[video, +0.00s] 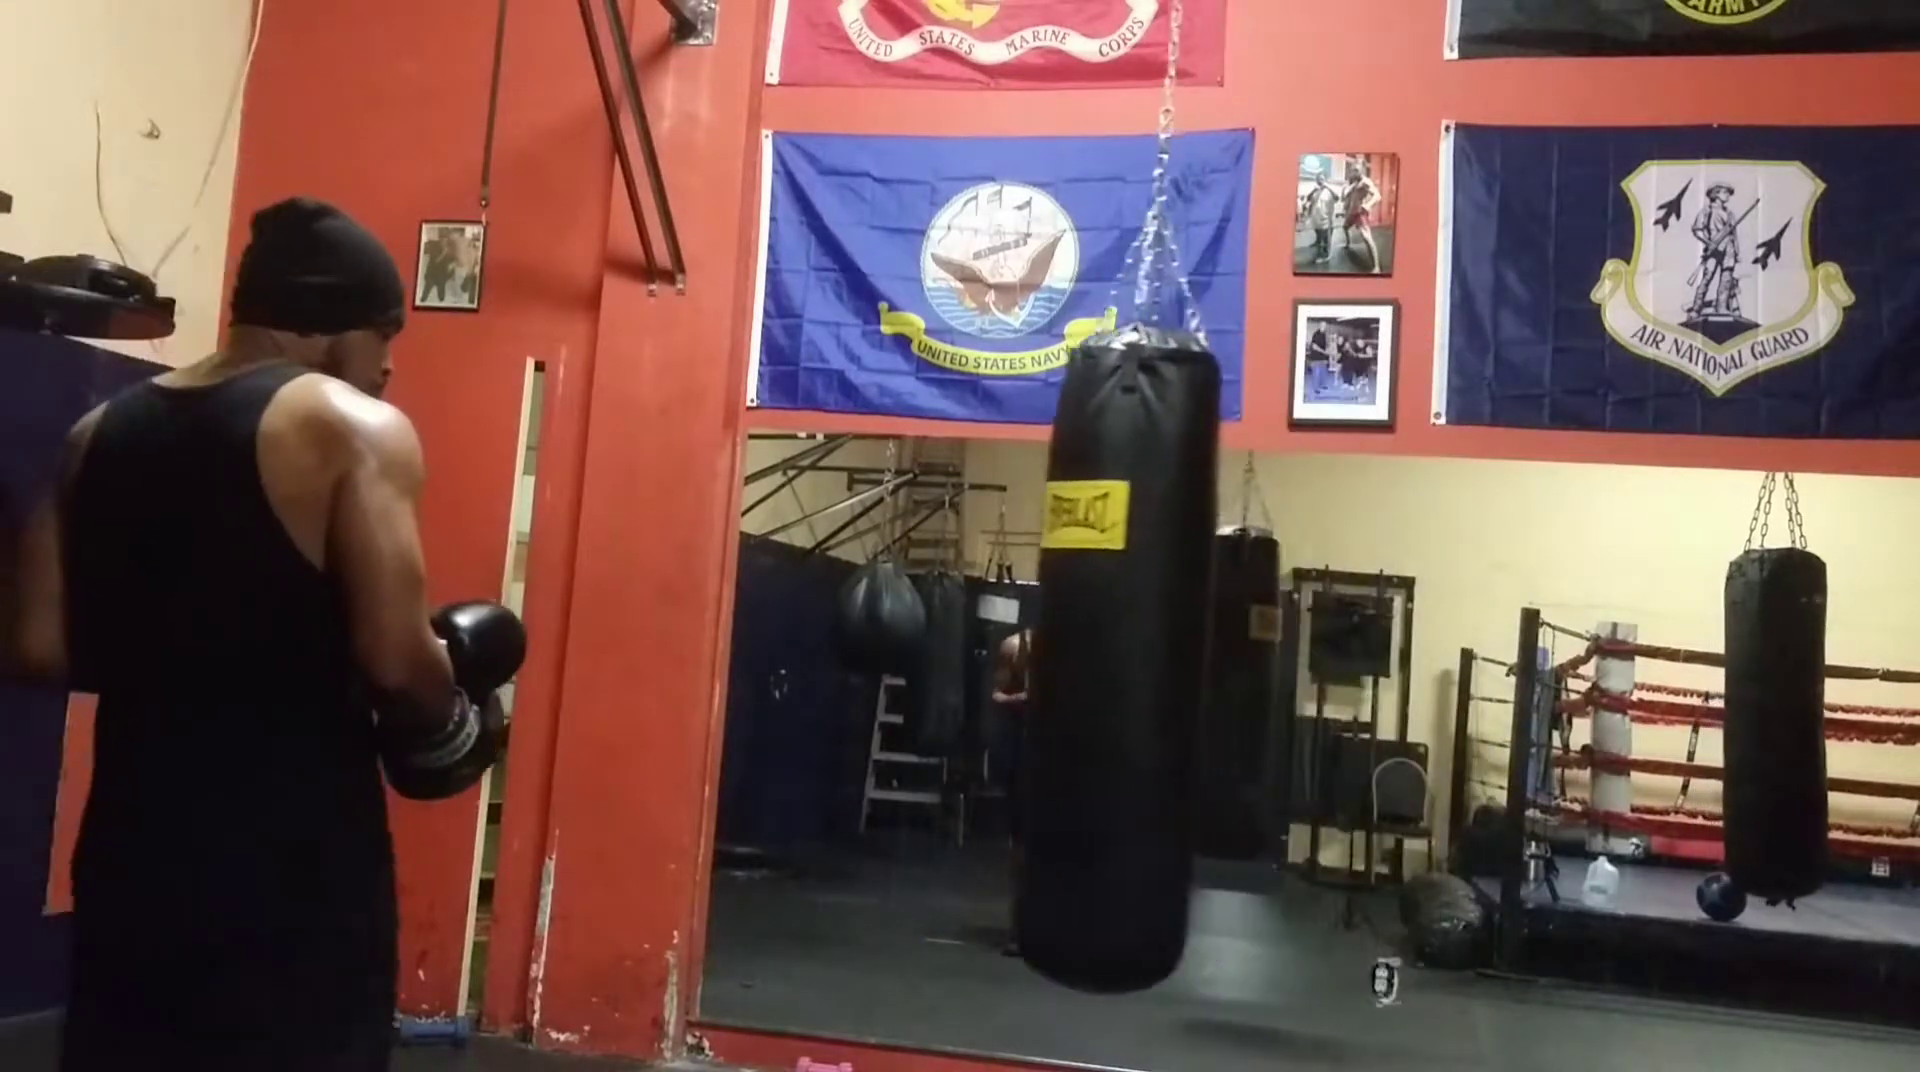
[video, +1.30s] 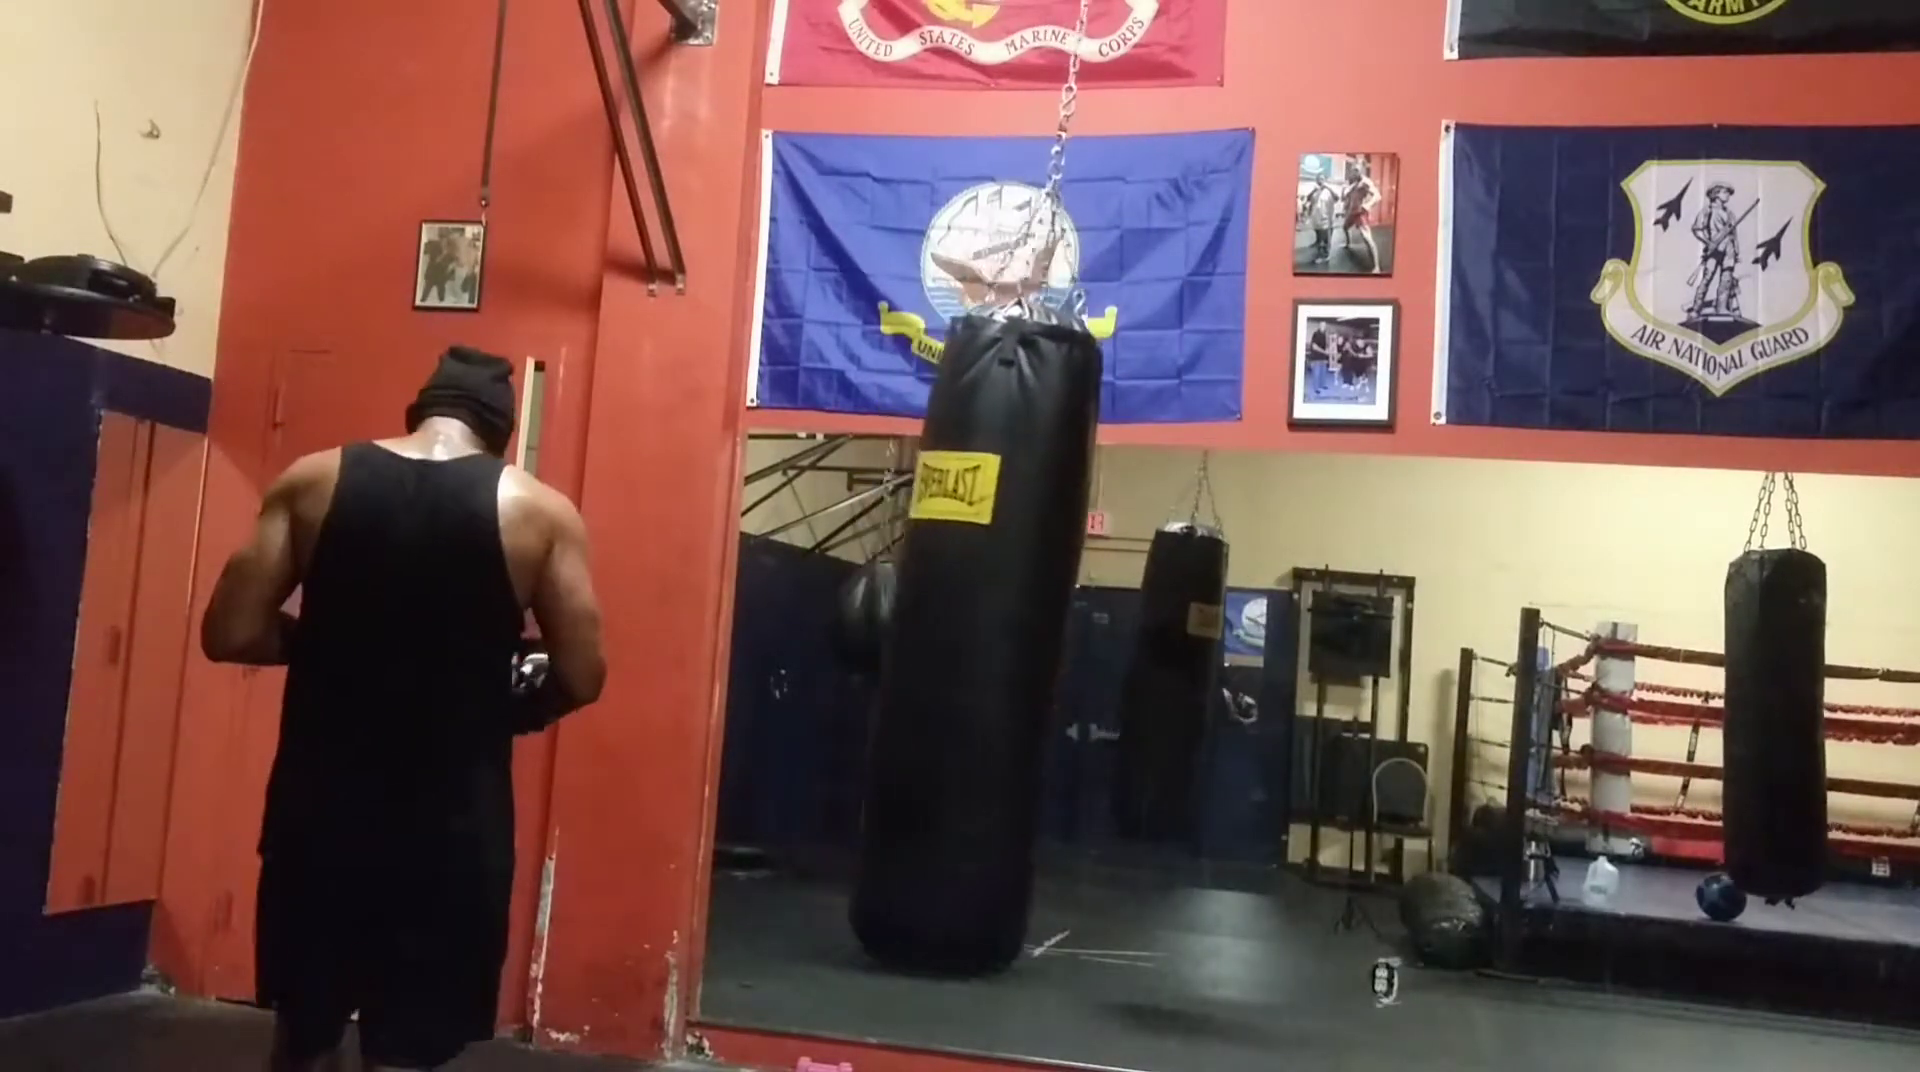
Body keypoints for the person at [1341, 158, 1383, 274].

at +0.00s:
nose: (1352, 173)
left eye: (1355, 170)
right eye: (1351, 171)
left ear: (1359, 172)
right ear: (1349, 172)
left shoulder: (1365, 182)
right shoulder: (1350, 184)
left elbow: (1376, 196)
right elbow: (1344, 198)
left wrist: (1367, 206)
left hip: (1360, 212)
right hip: (1350, 212)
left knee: (1366, 237)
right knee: (1345, 227)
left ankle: (1376, 266)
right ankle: (1348, 243)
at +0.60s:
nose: (1352, 174)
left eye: (1355, 171)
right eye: (1352, 171)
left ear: (1359, 172)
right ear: (1350, 172)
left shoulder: (1365, 182)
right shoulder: (1350, 184)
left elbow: (1376, 195)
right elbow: (1343, 198)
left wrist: (1367, 206)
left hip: (1361, 212)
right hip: (1351, 212)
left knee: (1366, 236)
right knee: (1345, 227)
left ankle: (1376, 266)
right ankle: (1348, 243)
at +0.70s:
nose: (1351, 174)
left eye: (1354, 171)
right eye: (1350, 172)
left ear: (1358, 172)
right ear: (1350, 173)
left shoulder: (1365, 182)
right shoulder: (1351, 184)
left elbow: (1376, 195)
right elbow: (1345, 199)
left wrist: (1367, 206)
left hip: (1361, 212)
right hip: (1351, 212)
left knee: (1366, 237)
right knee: (1345, 227)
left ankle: (1376, 266)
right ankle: (1348, 243)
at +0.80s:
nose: (1352, 174)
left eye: (1355, 171)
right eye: (1351, 171)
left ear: (1359, 172)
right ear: (1349, 173)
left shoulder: (1365, 182)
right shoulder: (1349, 184)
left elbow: (1376, 196)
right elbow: (1343, 198)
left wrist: (1366, 206)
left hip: (1360, 212)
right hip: (1350, 212)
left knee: (1367, 237)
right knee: (1345, 227)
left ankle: (1376, 266)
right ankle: (1348, 243)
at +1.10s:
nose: (1351, 174)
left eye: (1354, 171)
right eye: (1350, 171)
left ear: (1358, 172)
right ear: (1349, 173)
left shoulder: (1364, 182)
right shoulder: (1349, 185)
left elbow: (1376, 196)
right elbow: (1344, 198)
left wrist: (1366, 206)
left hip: (1360, 212)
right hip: (1350, 213)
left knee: (1367, 238)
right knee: (1345, 228)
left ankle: (1376, 266)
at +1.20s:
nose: (1351, 174)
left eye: (1353, 171)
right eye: (1350, 171)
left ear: (1358, 172)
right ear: (1350, 173)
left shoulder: (1365, 182)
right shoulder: (1351, 184)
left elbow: (1376, 196)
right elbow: (1346, 199)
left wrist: (1366, 206)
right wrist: (1345, 210)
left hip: (1361, 212)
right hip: (1351, 212)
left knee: (1367, 237)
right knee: (1345, 227)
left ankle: (1376, 266)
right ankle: (1348, 243)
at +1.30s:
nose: (1351, 174)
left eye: (1354, 171)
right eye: (1351, 172)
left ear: (1358, 172)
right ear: (1350, 173)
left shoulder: (1365, 182)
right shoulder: (1351, 184)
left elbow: (1376, 196)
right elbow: (1344, 198)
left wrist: (1366, 206)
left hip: (1361, 211)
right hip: (1351, 211)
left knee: (1367, 237)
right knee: (1345, 227)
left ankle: (1376, 266)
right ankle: (1348, 243)